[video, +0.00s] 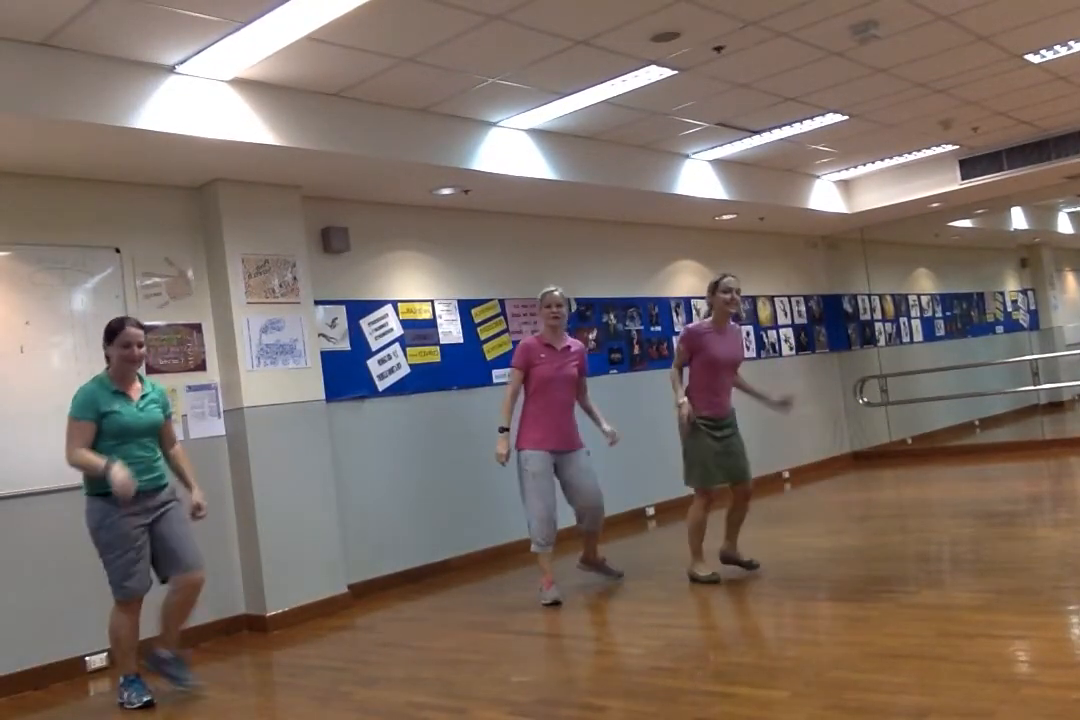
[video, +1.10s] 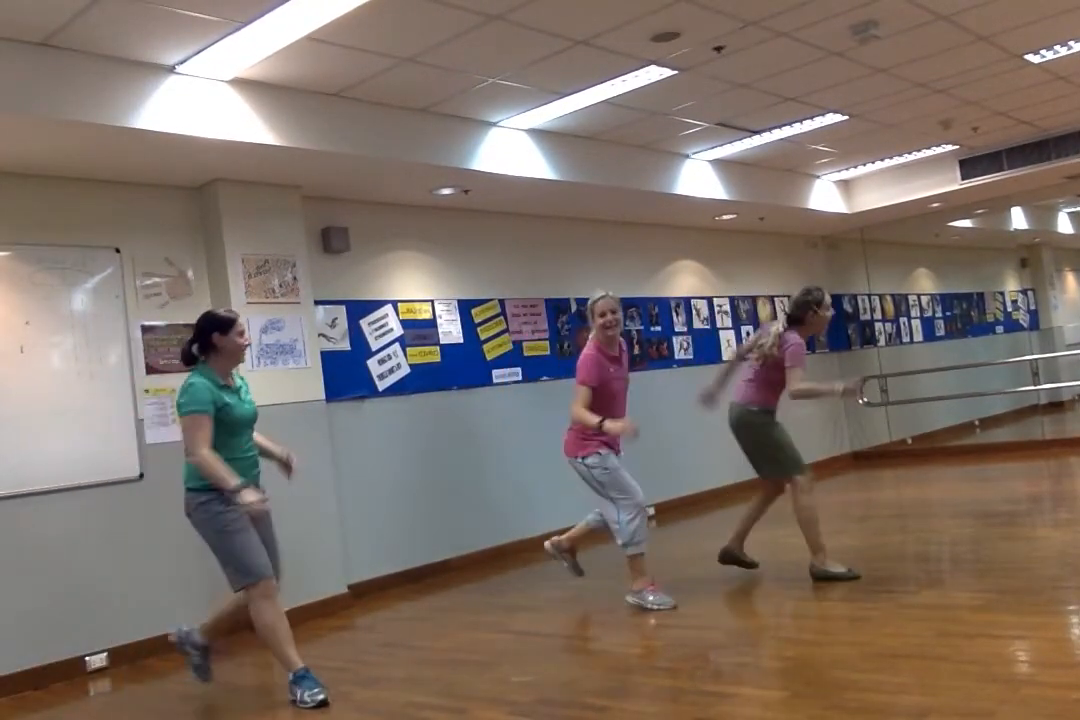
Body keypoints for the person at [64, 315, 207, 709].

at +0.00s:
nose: (135, 352)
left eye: (140, 345)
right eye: (127, 345)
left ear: (145, 348)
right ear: (108, 350)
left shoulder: (156, 393)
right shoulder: (91, 395)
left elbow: (171, 445)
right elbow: (76, 453)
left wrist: (193, 487)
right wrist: (110, 467)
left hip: (162, 500)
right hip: (115, 508)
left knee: (190, 577)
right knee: (130, 594)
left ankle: (165, 650)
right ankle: (129, 679)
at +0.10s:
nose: (148, 347)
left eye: (152, 341)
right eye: (138, 341)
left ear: (156, 345)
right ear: (117, 345)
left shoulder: (163, 386)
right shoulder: (99, 390)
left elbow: (179, 441)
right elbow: (86, 448)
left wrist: (209, 480)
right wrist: (122, 441)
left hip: (171, 495)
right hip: (123, 504)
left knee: (202, 575)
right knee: (130, 595)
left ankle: (216, 669)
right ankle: (129, 680)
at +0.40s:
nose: (199, 344)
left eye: (199, 337)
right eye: (190, 338)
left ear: (195, 343)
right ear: (164, 343)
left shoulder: (206, 387)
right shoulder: (141, 390)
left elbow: (224, 441)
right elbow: (135, 452)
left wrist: (254, 484)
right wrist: (173, 436)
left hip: (222, 495)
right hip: (174, 503)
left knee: (239, 584)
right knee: (188, 598)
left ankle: (245, 679)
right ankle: (150, 657)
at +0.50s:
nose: (210, 339)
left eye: (208, 332)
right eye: (201, 332)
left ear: (191, 339)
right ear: (175, 340)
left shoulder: (216, 384)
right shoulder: (152, 388)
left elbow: (237, 436)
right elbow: (149, 451)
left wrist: (263, 473)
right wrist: (189, 436)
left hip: (235, 489)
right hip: (187, 496)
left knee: (249, 577)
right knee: (218, 579)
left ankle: (245, 679)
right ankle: (192, 676)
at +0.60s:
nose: (220, 333)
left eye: (218, 326)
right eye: (211, 327)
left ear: (205, 334)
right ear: (186, 334)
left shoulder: (227, 377)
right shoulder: (162, 381)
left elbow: (245, 428)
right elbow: (161, 444)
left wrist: (269, 457)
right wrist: (207, 430)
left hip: (244, 484)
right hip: (198, 490)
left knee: (253, 577)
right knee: (237, 574)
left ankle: (250, 676)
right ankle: (253, 676)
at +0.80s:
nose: (240, 333)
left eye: (238, 327)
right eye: (232, 328)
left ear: (218, 334)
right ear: (208, 334)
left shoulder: (237, 375)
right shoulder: (186, 382)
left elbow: (243, 431)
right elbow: (195, 445)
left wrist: (272, 445)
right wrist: (252, 434)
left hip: (258, 485)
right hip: (215, 493)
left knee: (274, 578)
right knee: (262, 575)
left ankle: (247, 678)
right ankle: (299, 672)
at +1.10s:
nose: (247, 340)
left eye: (245, 333)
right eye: (239, 335)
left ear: (222, 342)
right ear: (215, 342)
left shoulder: (236, 380)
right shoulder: (198, 388)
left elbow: (242, 431)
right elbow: (197, 451)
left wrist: (276, 451)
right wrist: (239, 487)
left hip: (247, 490)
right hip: (212, 498)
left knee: (265, 584)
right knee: (261, 583)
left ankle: (198, 637)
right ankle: (298, 674)